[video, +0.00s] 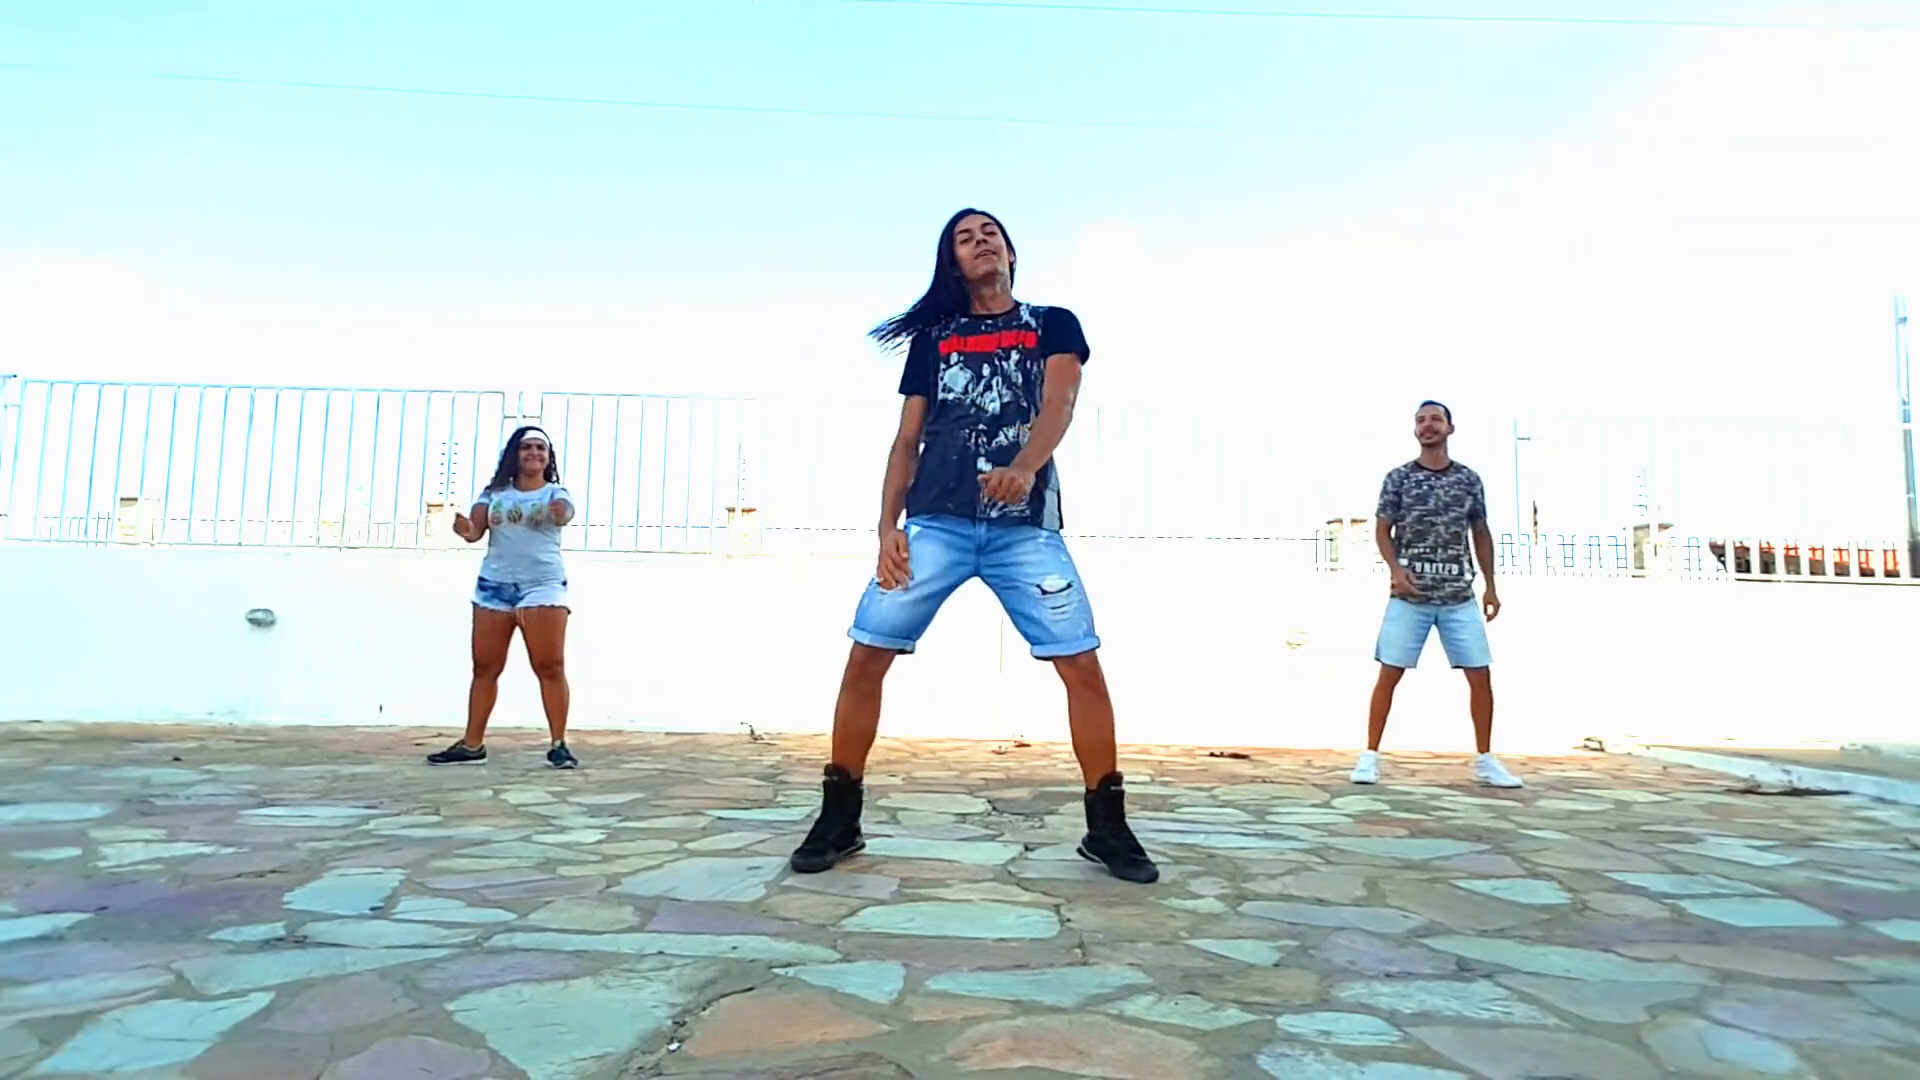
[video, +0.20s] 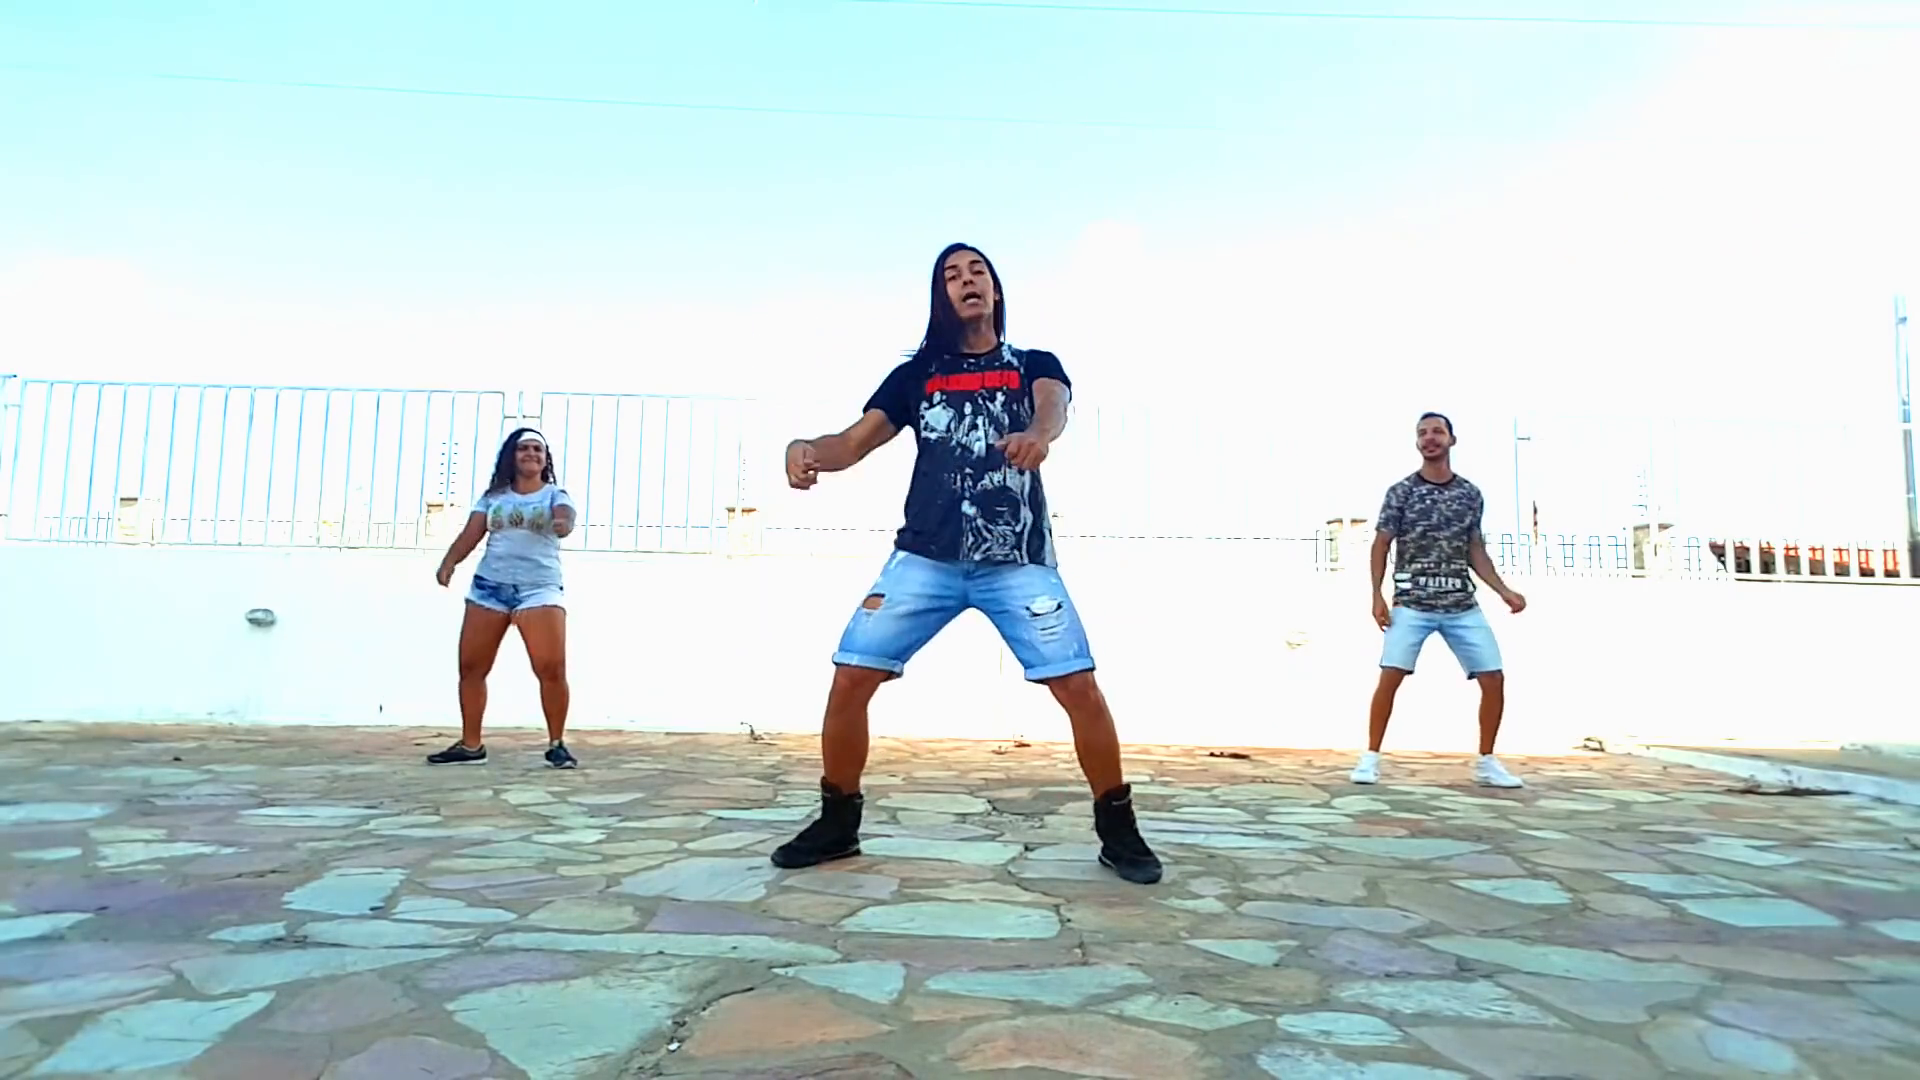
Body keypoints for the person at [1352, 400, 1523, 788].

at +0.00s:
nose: (1429, 424)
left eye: (1436, 419)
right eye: (1422, 419)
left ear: (1450, 428)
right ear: (1414, 430)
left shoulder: (1468, 480)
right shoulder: (1398, 479)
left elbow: (1481, 534)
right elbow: (1382, 532)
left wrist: (1490, 585)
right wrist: (1396, 571)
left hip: (1459, 598)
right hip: (1410, 596)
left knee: (1480, 674)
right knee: (1389, 673)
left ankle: (1485, 758)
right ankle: (1370, 755)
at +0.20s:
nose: (1430, 438)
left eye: (1437, 432)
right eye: (1424, 433)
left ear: (1452, 440)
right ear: (1416, 442)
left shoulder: (1470, 495)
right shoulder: (1400, 493)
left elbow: (1476, 551)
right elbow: (1381, 545)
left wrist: (1503, 590)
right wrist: (1376, 593)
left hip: (1461, 607)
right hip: (1412, 606)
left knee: (1493, 677)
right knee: (1390, 675)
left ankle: (1486, 760)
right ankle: (1371, 756)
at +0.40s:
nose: (1412, 417)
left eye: (1420, 411)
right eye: (1407, 409)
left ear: (1431, 417)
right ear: (1395, 413)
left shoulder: (1444, 456)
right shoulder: (1380, 464)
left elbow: (1476, 491)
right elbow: (1371, 510)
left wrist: (1507, 497)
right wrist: (1363, 547)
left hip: (1442, 575)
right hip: (1395, 574)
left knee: (1468, 655)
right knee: (1374, 650)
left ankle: (1482, 745)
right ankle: (1350, 735)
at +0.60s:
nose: (1418, 454)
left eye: (1425, 448)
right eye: (1412, 446)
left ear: (1432, 453)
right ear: (1397, 448)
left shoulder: (1435, 488)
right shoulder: (1380, 503)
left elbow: (1457, 496)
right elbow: (1398, 538)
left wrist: (1471, 482)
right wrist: (1450, 541)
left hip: (1454, 609)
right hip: (1404, 612)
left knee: (1494, 678)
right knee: (1382, 678)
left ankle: (1503, 759)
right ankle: (1349, 753)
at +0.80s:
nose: (1371, 416)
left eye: (1378, 411)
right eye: (1365, 409)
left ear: (1384, 417)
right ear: (1353, 412)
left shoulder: (1391, 451)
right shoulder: (1337, 459)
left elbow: (1410, 454)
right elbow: (1353, 484)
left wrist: (1424, 438)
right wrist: (1377, 497)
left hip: (1401, 569)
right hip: (1357, 573)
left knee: (1435, 646)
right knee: (1344, 649)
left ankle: (1455, 732)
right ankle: (1324, 733)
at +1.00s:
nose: (1337, 436)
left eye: (1344, 431)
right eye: (1331, 429)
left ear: (1352, 438)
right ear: (1319, 433)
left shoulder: (1359, 472)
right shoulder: (1304, 480)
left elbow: (1378, 474)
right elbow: (1325, 504)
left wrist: (1385, 451)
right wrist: (1376, 508)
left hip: (1367, 593)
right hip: (1320, 593)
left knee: (1395, 671)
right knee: (1295, 664)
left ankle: (1398, 756)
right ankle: (1262, 749)